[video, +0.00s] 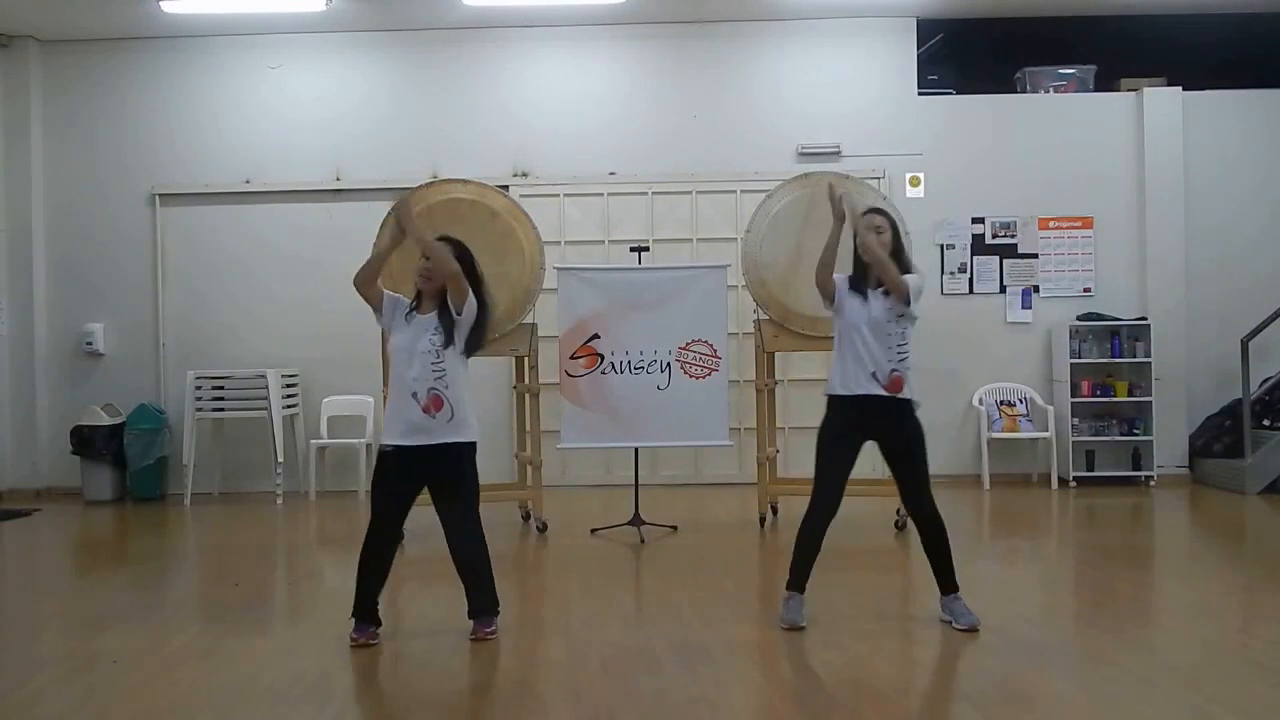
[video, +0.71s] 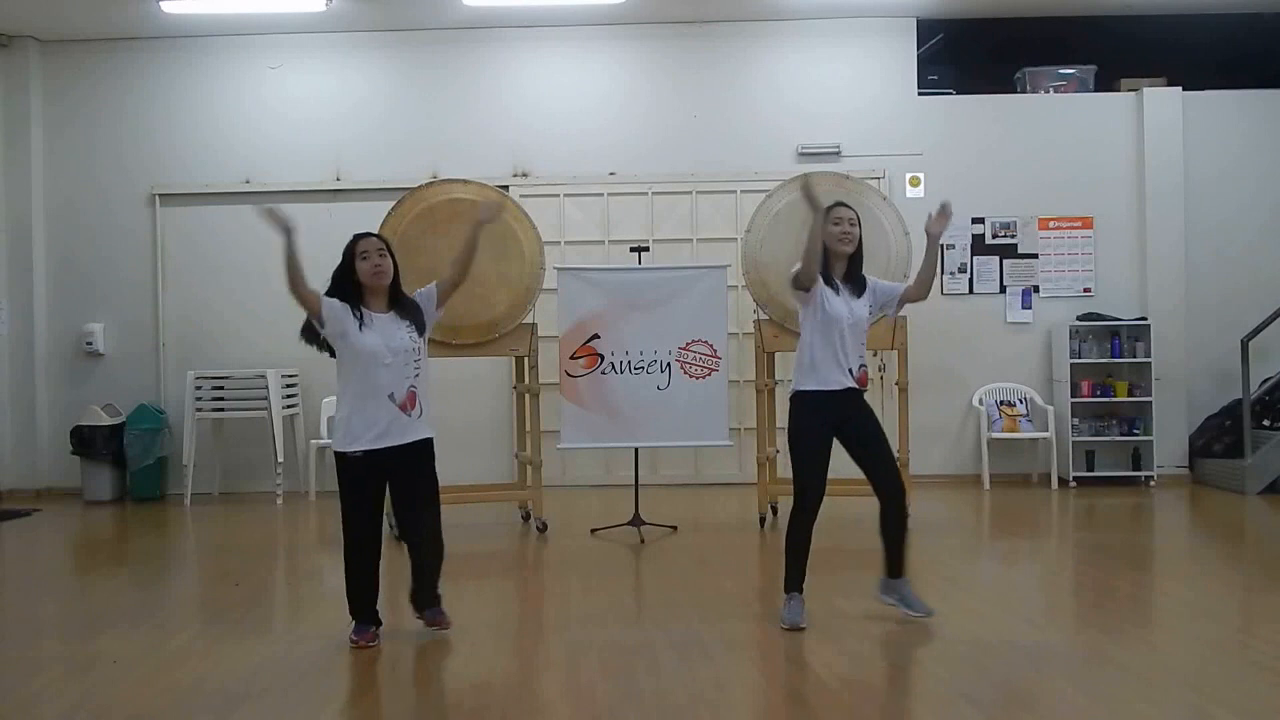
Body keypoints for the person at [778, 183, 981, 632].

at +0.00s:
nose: (872, 237)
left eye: (881, 230)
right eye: (865, 231)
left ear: (895, 241)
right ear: (857, 242)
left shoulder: (908, 284)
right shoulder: (843, 289)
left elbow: (897, 286)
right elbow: (822, 278)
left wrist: (871, 247)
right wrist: (838, 225)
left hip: (896, 411)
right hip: (845, 409)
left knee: (922, 506)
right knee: (823, 505)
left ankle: (951, 598)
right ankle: (794, 595)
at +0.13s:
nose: (855, 238)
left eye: (862, 232)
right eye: (848, 232)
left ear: (874, 243)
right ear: (835, 243)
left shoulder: (883, 293)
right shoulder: (818, 290)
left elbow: (896, 323)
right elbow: (796, 309)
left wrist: (859, 274)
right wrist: (823, 256)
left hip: (862, 412)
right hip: (814, 410)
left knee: (895, 506)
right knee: (806, 507)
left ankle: (930, 594)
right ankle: (794, 597)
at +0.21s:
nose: (845, 235)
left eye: (852, 229)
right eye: (836, 229)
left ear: (863, 241)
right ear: (823, 239)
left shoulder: (872, 298)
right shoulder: (803, 289)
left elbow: (906, 345)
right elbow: (768, 335)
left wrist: (890, 305)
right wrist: (786, 295)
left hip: (849, 409)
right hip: (801, 407)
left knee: (868, 504)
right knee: (800, 505)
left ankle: (879, 587)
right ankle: (793, 596)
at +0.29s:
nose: (840, 235)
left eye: (847, 229)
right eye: (831, 229)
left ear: (858, 239)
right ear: (818, 239)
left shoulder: (871, 295)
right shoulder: (795, 288)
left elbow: (901, 353)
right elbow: (762, 340)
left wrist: (915, 333)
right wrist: (760, 315)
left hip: (846, 409)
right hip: (798, 406)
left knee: (849, 506)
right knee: (799, 504)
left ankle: (839, 582)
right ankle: (793, 596)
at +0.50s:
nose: (836, 239)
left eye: (841, 233)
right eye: (827, 234)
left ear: (852, 243)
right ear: (812, 245)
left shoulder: (862, 300)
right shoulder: (792, 293)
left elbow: (896, 349)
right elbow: (761, 342)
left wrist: (941, 324)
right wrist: (748, 302)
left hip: (838, 415)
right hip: (795, 410)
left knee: (840, 516)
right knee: (800, 506)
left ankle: (808, 581)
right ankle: (792, 596)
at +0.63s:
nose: (841, 233)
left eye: (847, 227)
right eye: (832, 227)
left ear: (855, 240)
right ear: (816, 238)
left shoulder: (861, 295)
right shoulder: (800, 281)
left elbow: (910, 316)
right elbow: (779, 300)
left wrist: (939, 272)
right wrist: (782, 247)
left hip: (842, 406)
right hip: (800, 406)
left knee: (875, 496)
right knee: (804, 502)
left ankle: (844, 576)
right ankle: (793, 597)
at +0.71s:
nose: (845, 230)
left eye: (852, 225)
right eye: (836, 224)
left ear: (860, 236)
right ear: (822, 234)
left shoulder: (867, 289)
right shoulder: (810, 285)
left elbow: (918, 291)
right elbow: (808, 272)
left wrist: (933, 242)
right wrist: (817, 216)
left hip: (851, 402)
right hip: (809, 403)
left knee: (892, 492)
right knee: (808, 501)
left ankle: (893, 582)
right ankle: (793, 597)